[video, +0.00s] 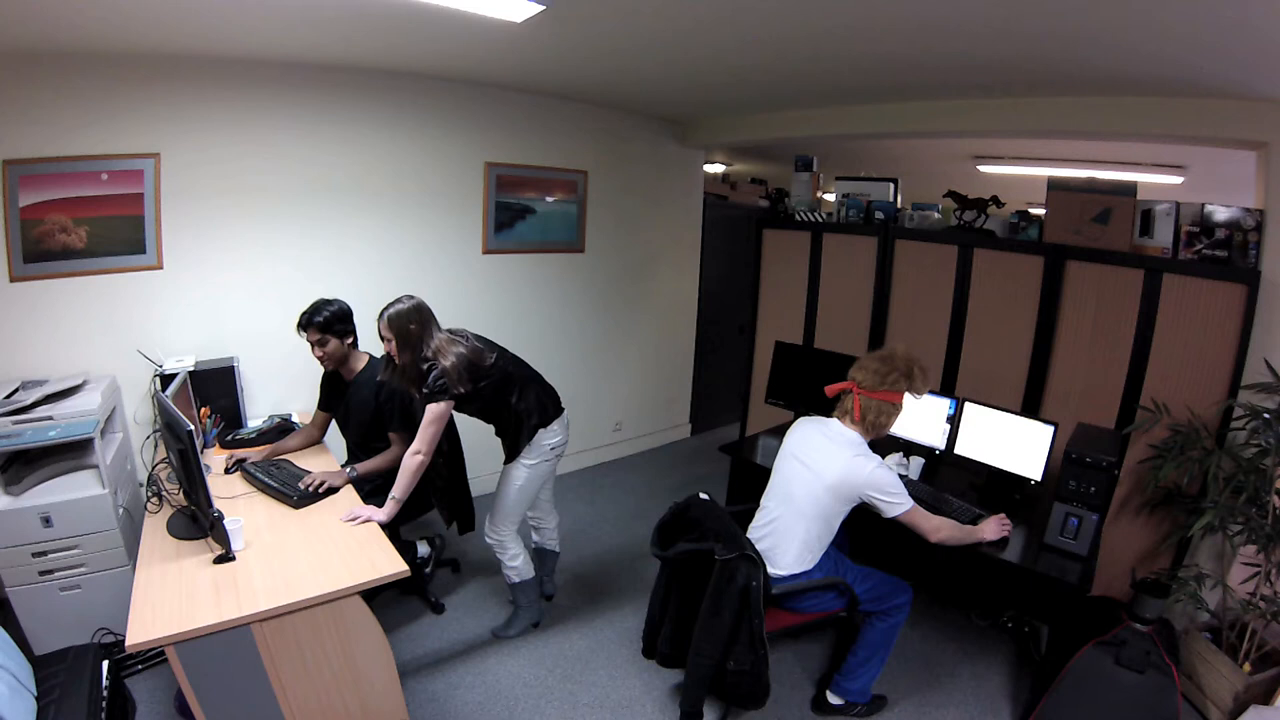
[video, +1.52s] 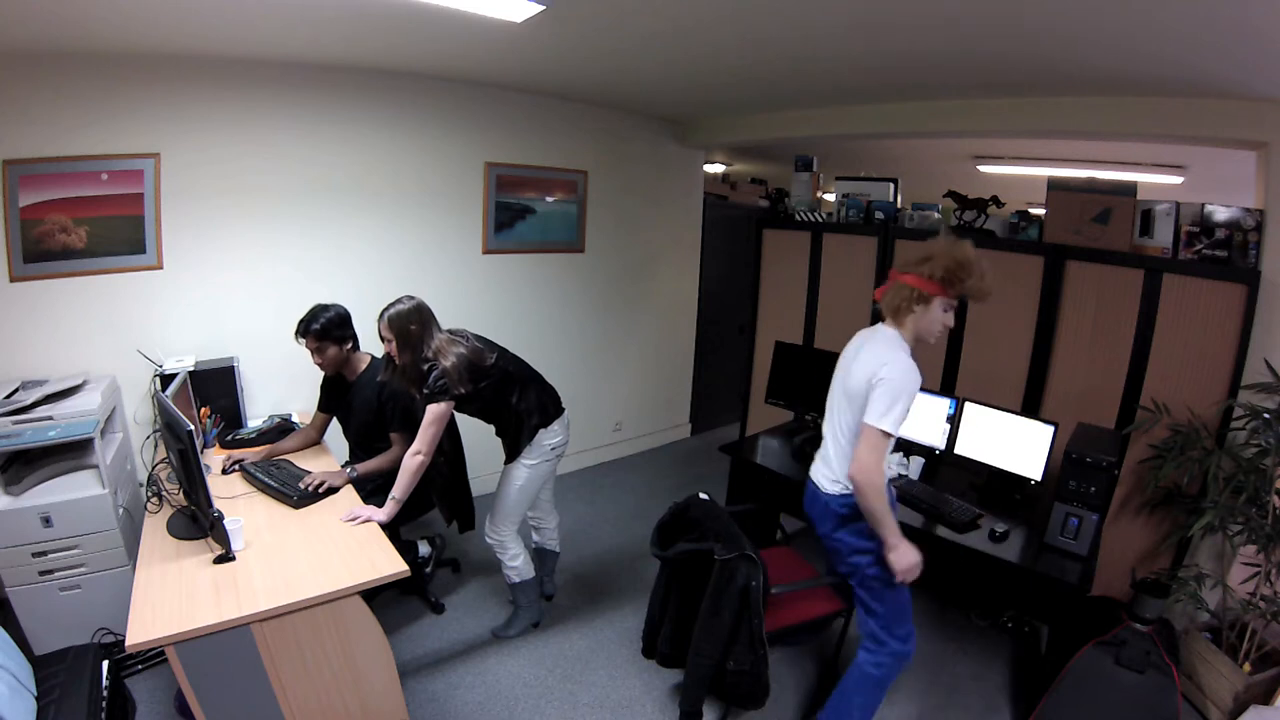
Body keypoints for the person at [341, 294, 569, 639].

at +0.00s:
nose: (387, 349)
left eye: (389, 340)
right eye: (384, 340)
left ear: (411, 337)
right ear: (420, 330)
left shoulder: (443, 369)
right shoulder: (450, 340)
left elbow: (420, 452)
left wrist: (388, 509)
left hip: (538, 434)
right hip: (547, 421)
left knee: (500, 531)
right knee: (541, 507)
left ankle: (528, 607)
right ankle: (545, 580)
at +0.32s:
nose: (386, 349)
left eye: (389, 340)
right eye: (384, 340)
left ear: (410, 337)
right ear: (420, 330)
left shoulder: (444, 369)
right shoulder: (450, 340)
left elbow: (420, 452)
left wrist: (388, 509)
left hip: (538, 434)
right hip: (547, 421)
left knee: (500, 531)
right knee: (541, 507)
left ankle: (528, 607)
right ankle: (546, 580)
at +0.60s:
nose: (386, 349)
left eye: (388, 341)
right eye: (384, 340)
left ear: (410, 338)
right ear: (419, 330)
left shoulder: (443, 369)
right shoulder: (450, 340)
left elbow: (420, 452)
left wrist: (388, 509)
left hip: (538, 433)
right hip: (547, 421)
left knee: (500, 530)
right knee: (541, 507)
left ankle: (528, 607)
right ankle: (546, 581)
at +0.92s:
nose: (386, 349)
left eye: (389, 341)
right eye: (384, 340)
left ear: (410, 338)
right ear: (420, 330)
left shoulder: (443, 369)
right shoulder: (450, 340)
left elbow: (420, 453)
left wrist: (388, 509)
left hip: (538, 434)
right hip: (547, 421)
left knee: (500, 530)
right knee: (541, 507)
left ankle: (528, 607)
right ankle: (545, 581)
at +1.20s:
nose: (386, 349)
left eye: (389, 340)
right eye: (384, 340)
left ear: (410, 338)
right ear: (420, 330)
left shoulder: (443, 369)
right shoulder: (450, 340)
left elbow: (420, 453)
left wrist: (388, 509)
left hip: (539, 433)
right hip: (548, 420)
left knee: (500, 530)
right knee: (541, 507)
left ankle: (528, 607)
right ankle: (546, 581)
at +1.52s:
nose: (387, 349)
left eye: (389, 341)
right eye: (384, 341)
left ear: (411, 338)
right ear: (420, 331)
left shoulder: (444, 369)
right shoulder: (450, 340)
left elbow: (420, 452)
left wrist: (388, 509)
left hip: (539, 433)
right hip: (547, 421)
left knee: (500, 530)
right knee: (542, 507)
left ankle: (528, 607)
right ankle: (546, 581)